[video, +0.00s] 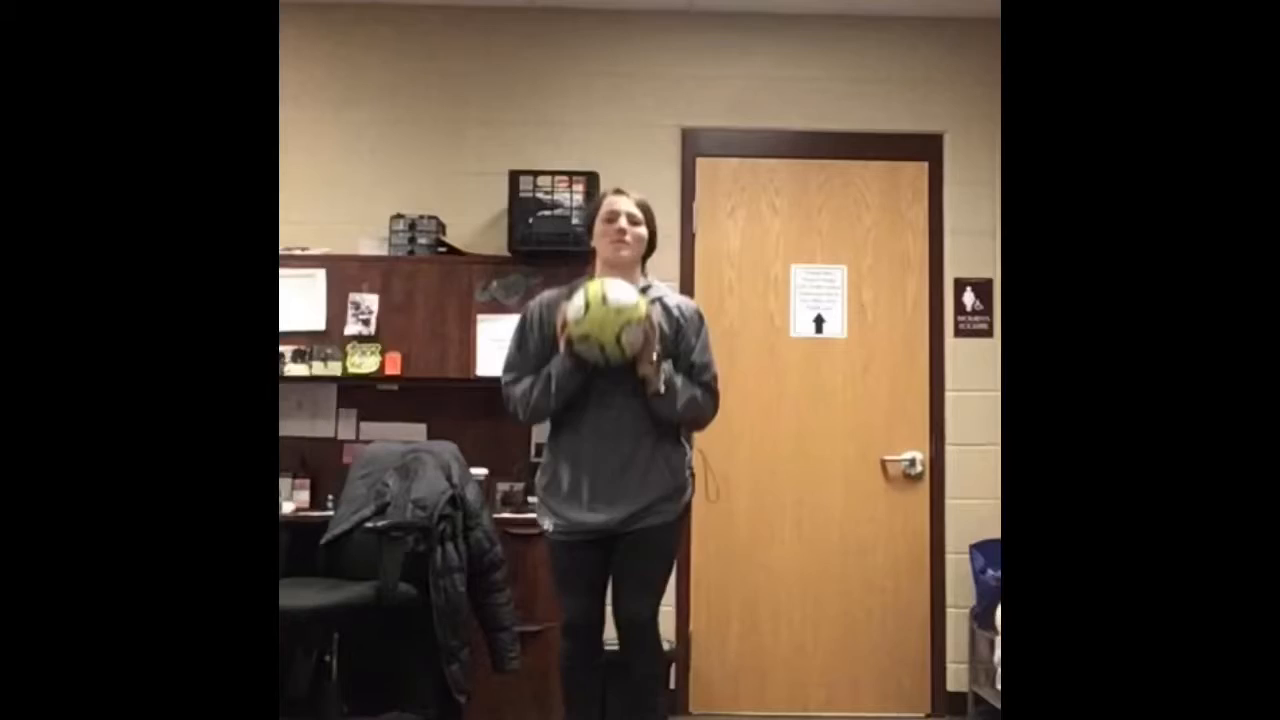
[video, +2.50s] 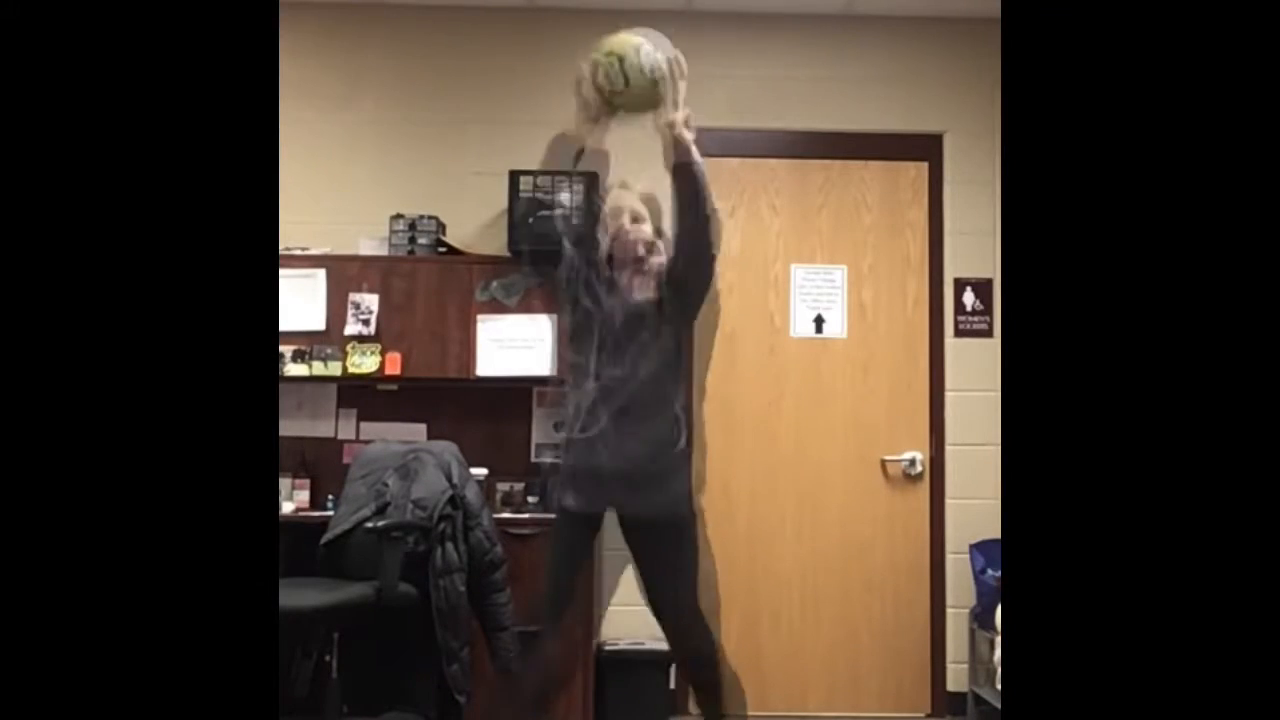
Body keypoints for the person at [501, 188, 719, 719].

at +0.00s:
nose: (622, 227)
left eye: (634, 221)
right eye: (611, 219)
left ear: (649, 240)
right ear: (592, 236)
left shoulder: (679, 313)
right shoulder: (547, 310)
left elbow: (702, 408)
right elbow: (519, 402)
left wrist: (652, 368)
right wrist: (573, 358)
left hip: (652, 506)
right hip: (572, 506)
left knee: (637, 626)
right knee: (579, 632)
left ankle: (647, 714)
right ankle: (583, 715)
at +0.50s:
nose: (624, 220)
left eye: (635, 214)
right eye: (614, 212)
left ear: (654, 233)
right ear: (594, 228)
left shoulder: (672, 289)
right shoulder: (569, 282)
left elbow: (703, 227)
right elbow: (534, 222)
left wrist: (671, 128)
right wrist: (575, 129)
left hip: (654, 469)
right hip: (571, 467)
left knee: (681, 615)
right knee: (539, 609)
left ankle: (714, 714)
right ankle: (482, 712)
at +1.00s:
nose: (632, 226)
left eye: (644, 219)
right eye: (621, 218)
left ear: (660, 239)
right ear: (601, 233)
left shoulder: (685, 316)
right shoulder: (562, 313)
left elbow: (694, 416)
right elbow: (542, 405)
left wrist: (656, 361)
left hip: (658, 492)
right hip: (579, 491)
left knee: (650, 625)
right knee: (584, 622)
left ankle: (646, 714)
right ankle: (591, 711)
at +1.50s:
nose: (630, 248)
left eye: (641, 242)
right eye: (618, 241)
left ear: (657, 262)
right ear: (596, 260)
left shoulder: (675, 317)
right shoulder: (577, 314)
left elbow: (691, 232)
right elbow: (570, 222)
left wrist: (675, 122)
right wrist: (588, 118)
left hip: (659, 507)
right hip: (580, 506)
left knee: (693, 646)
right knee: (549, 644)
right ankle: (505, 713)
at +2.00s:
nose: (640, 238)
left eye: (651, 233)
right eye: (627, 232)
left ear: (666, 254)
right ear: (608, 252)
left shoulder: (698, 330)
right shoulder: (570, 332)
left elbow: (719, 431)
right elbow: (546, 433)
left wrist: (669, 375)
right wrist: (589, 379)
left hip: (673, 516)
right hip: (593, 516)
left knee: (658, 644)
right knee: (606, 643)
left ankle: (657, 717)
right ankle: (606, 717)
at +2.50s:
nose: (628, 232)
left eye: (637, 221)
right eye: (616, 223)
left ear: (655, 238)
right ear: (599, 239)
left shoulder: (676, 298)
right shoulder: (584, 292)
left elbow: (697, 238)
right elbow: (568, 222)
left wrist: (678, 142)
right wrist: (589, 127)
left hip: (654, 473)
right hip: (582, 470)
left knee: (683, 624)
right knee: (557, 619)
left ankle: (720, 709)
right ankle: (524, 711)